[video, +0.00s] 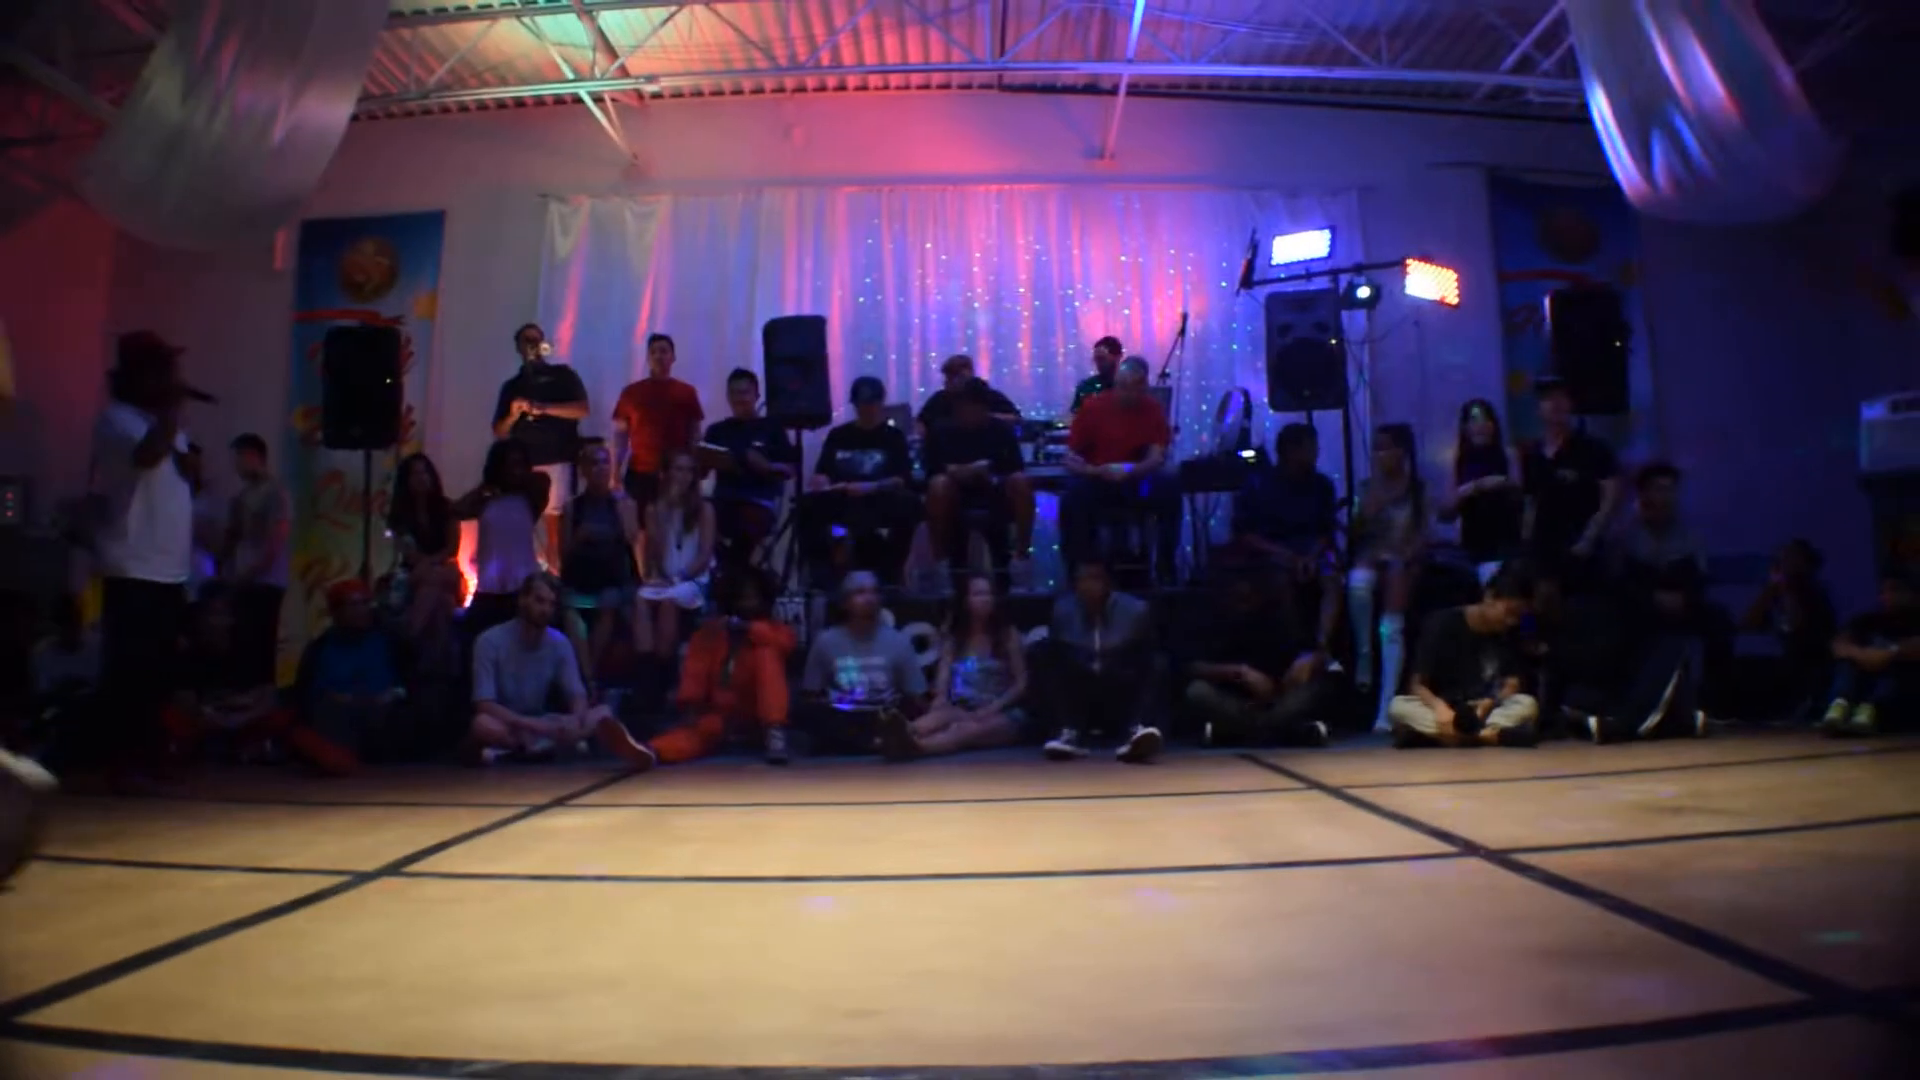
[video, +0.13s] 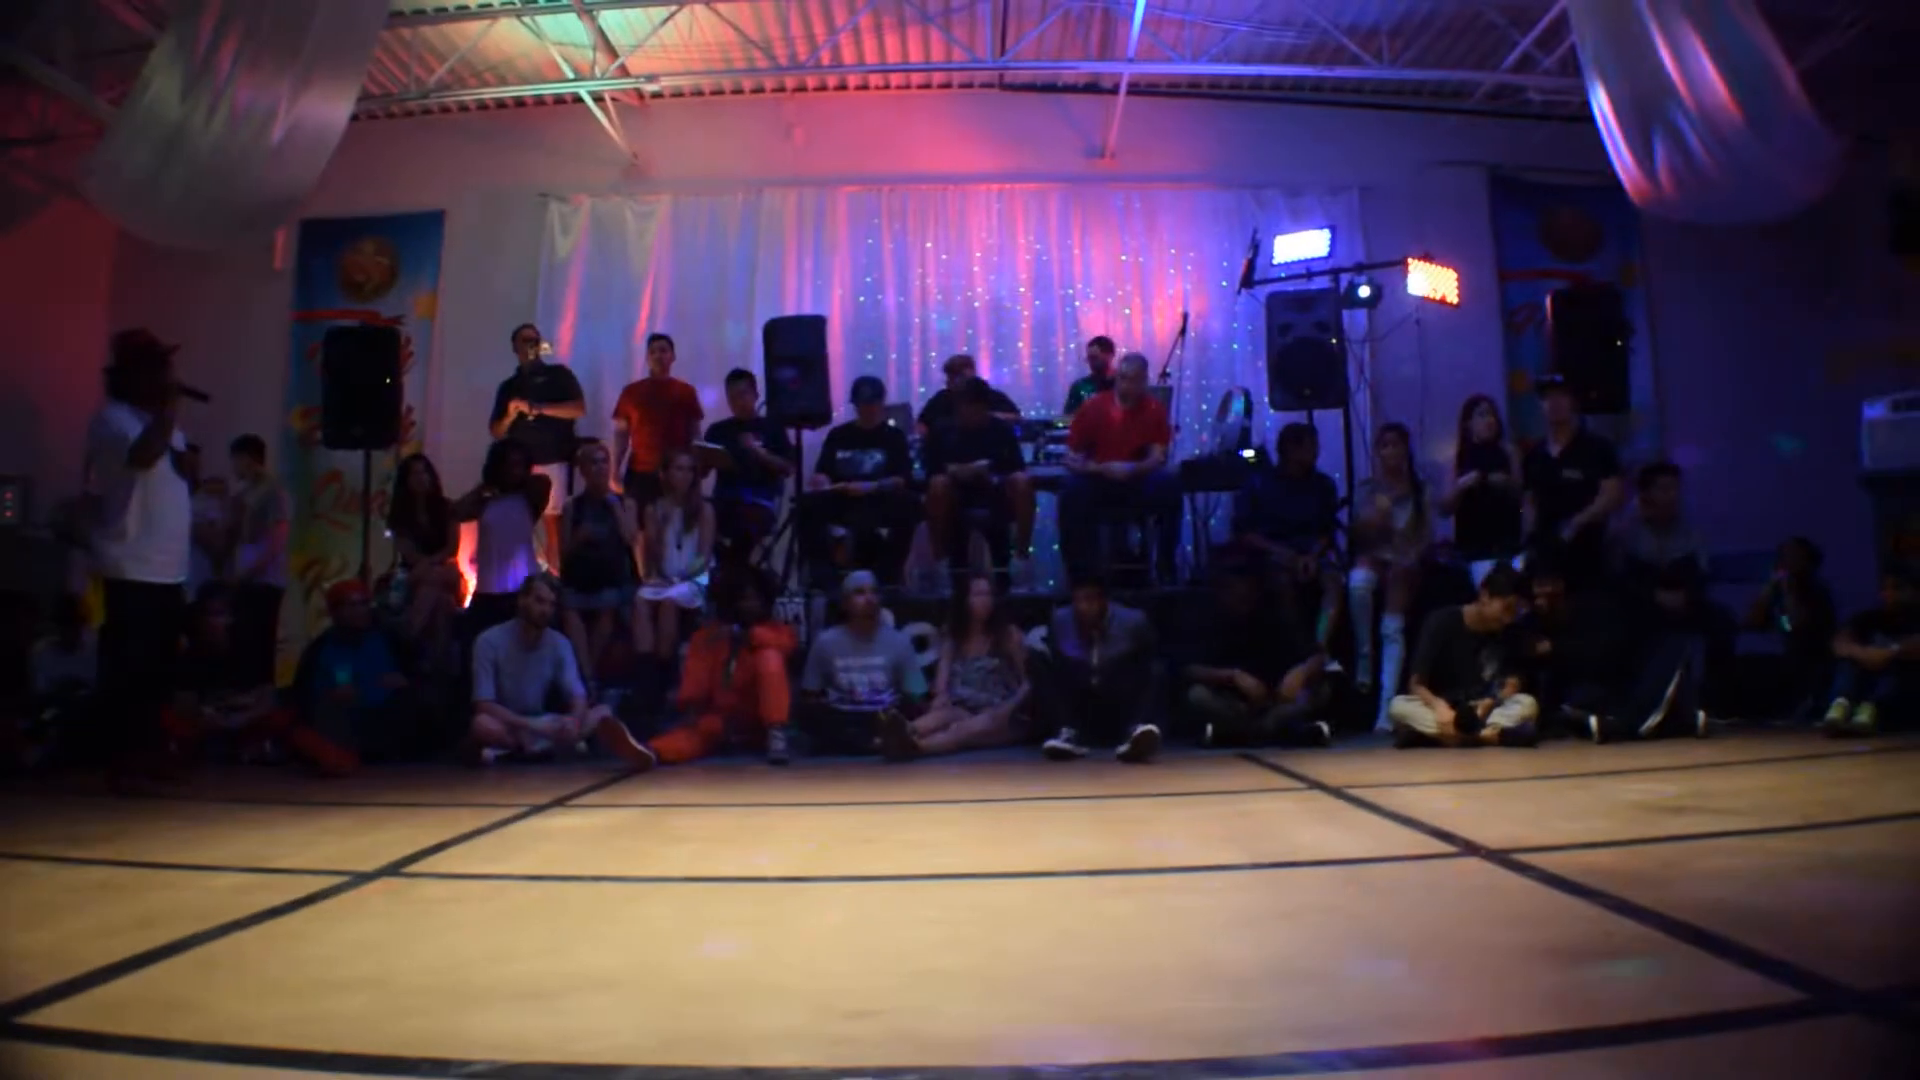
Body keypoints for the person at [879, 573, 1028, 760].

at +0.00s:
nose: (983, 600)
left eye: (987, 594)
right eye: (977, 594)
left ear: (995, 598)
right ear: (965, 599)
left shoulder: (1007, 635)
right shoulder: (954, 638)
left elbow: (1021, 683)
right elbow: (942, 680)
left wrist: (992, 708)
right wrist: (941, 703)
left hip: (996, 708)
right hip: (962, 707)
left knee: (967, 730)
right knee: (942, 714)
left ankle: (918, 747)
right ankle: (906, 731)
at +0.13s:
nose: (982, 602)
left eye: (986, 595)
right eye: (976, 595)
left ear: (993, 599)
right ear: (964, 599)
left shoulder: (1008, 635)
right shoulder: (953, 636)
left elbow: (1027, 684)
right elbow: (941, 684)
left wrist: (1003, 711)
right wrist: (942, 702)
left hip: (996, 707)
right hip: (962, 706)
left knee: (974, 728)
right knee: (943, 714)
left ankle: (920, 747)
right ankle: (907, 730)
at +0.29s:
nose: (985, 607)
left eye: (988, 601)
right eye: (979, 601)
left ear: (994, 603)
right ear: (965, 602)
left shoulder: (1007, 637)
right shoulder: (952, 639)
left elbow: (1025, 676)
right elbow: (939, 680)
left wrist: (1026, 707)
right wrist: (941, 697)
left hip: (998, 703)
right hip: (962, 702)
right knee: (942, 716)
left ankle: (924, 746)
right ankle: (909, 730)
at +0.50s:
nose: (985, 613)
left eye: (988, 607)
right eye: (979, 607)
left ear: (993, 608)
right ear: (964, 609)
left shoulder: (1007, 637)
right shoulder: (948, 645)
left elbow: (1026, 675)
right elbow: (939, 688)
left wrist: (1032, 712)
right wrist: (946, 702)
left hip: (1001, 709)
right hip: (963, 707)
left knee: (970, 731)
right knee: (945, 716)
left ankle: (923, 749)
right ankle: (910, 731)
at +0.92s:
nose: (1002, 610)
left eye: (1007, 603)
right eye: (996, 603)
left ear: (1013, 605)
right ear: (982, 605)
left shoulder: (1027, 636)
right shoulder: (970, 642)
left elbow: (1050, 676)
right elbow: (962, 685)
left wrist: (1057, 720)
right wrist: (969, 697)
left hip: (1026, 705)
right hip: (988, 704)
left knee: (993, 730)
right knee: (969, 712)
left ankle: (941, 746)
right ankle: (935, 730)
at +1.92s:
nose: (977, 605)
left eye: (985, 600)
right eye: (976, 600)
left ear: (1002, 605)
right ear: (973, 603)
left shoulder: (1025, 639)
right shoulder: (967, 642)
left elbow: (1052, 672)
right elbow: (953, 688)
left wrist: (1049, 712)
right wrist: (961, 699)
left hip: (1019, 712)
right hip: (981, 710)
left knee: (980, 735)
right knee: (961, 718)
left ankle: (935, 751)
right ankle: (924, 735)